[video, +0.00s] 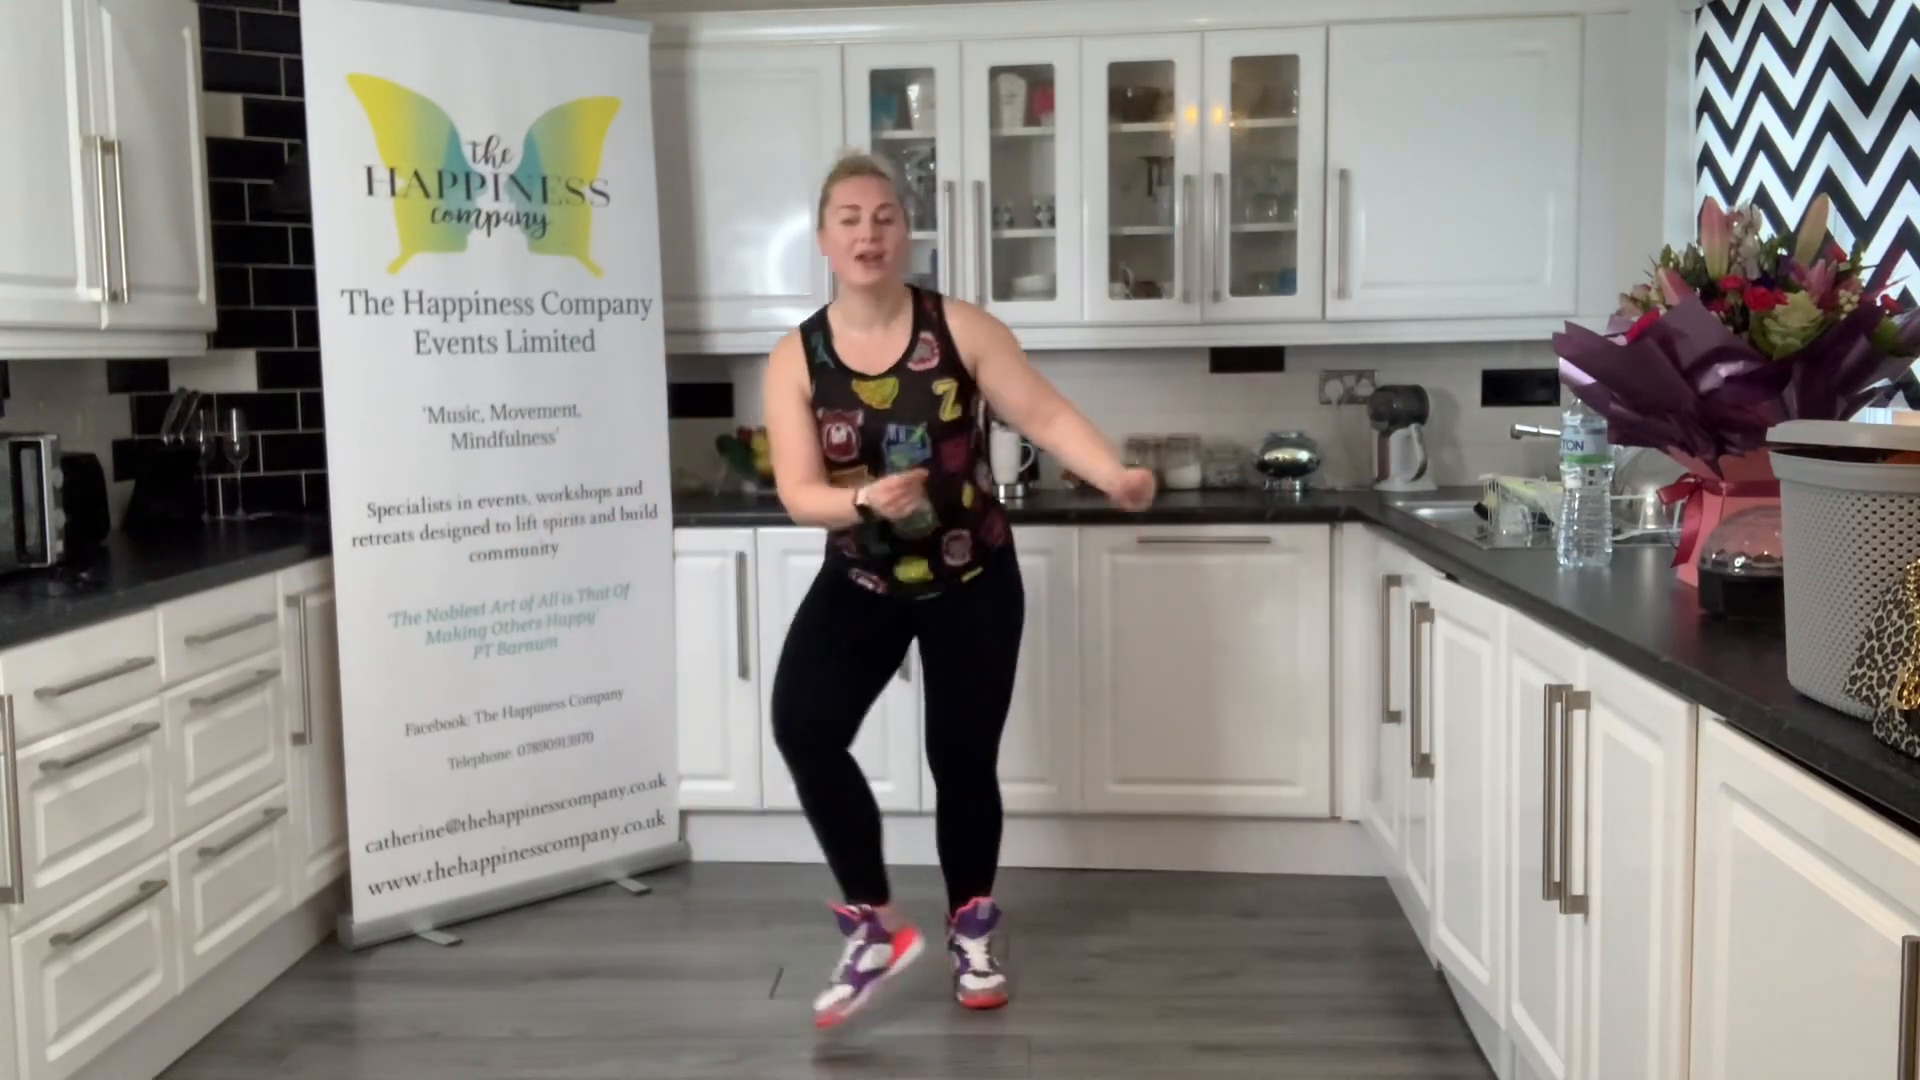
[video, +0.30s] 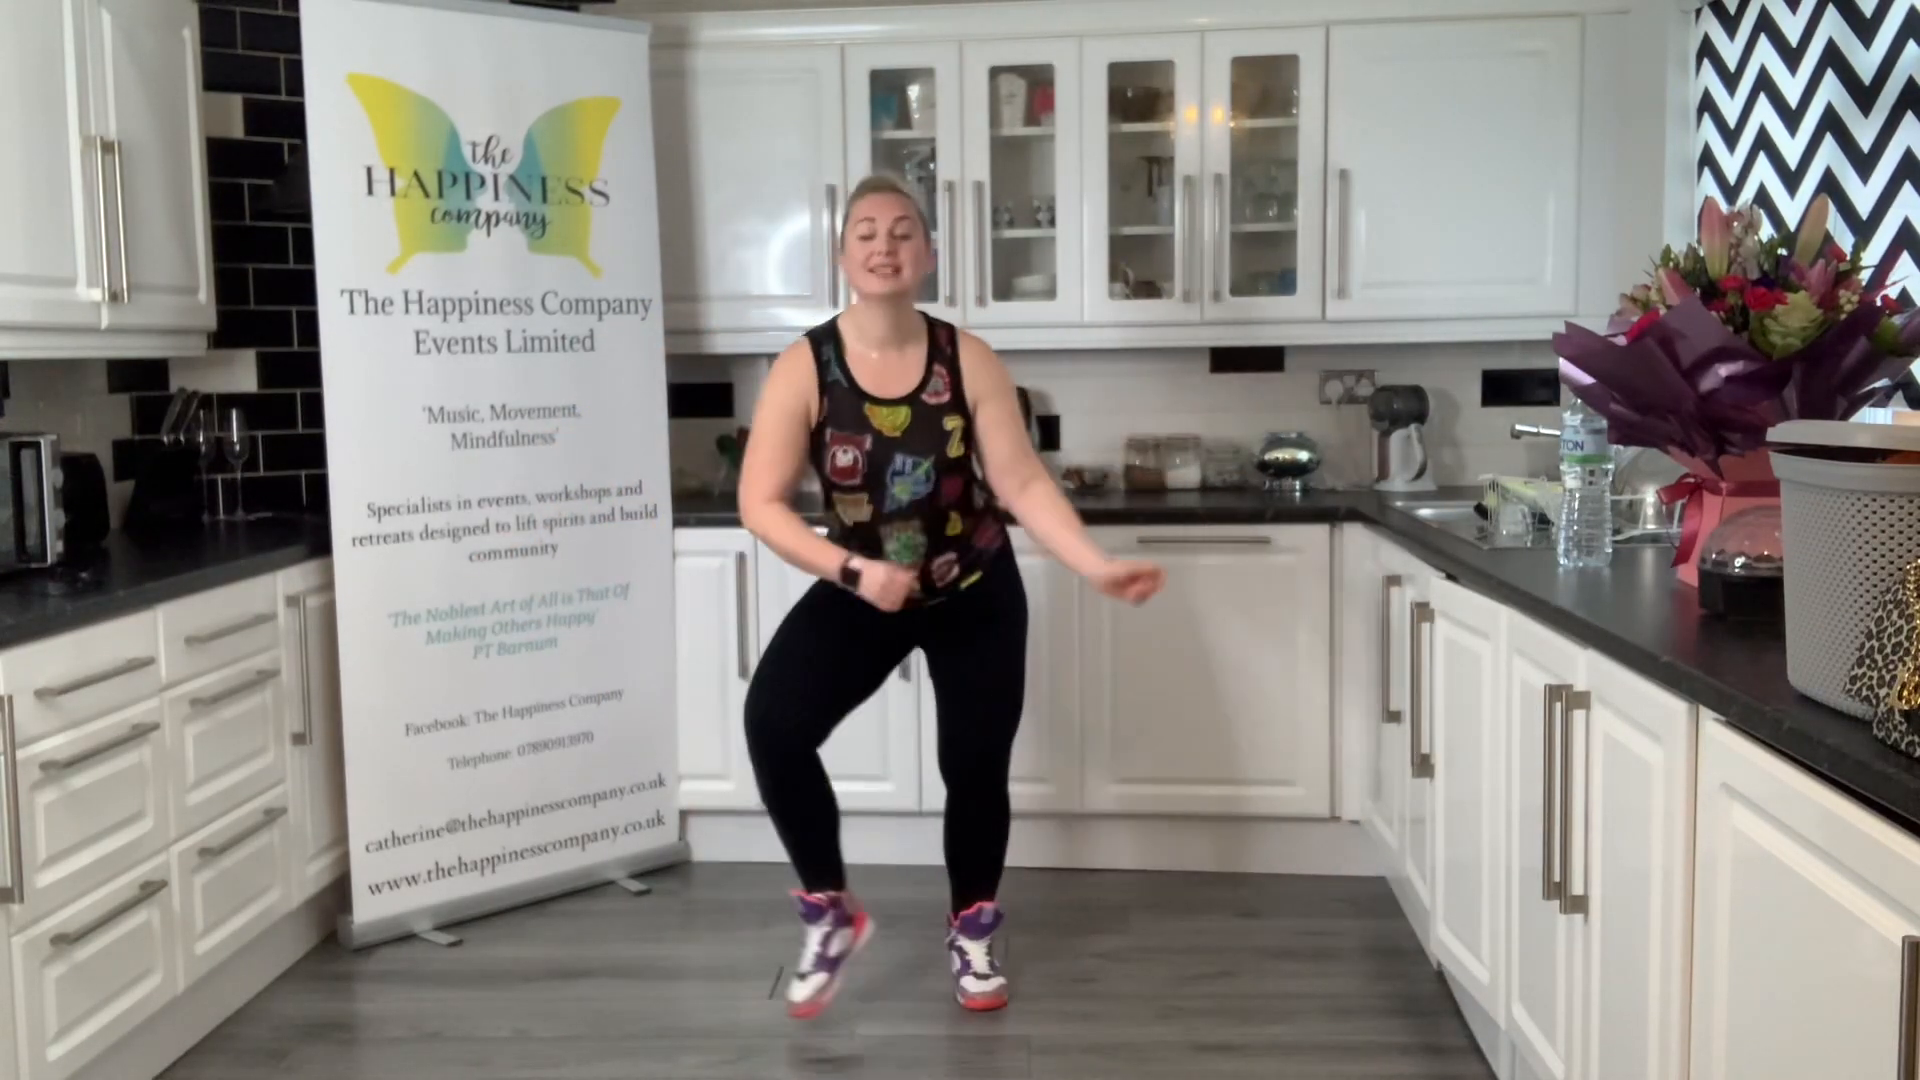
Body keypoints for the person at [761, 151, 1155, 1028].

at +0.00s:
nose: (868, 233)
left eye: (884, 217)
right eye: (849, 218)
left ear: (908, 232)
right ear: (821, 237)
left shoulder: (963, 328)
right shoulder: (795, 359)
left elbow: (1045, 414)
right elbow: (798, 496)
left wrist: (1113, 472)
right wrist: (862, 500)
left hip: (970, 577)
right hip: (862, 581)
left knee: (963, 756)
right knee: (803, 727)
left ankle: (973, 928)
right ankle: (873, 926)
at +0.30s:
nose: (885, 246)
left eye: (902, 232)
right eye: (867, 233)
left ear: (927, 252)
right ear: (844, 254)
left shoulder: (969, 361)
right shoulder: (805, 368)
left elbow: (1022, 480)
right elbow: (759, 502)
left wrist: (1096, 565)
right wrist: (850, 568)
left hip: (974, 589)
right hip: (862, 590)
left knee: (976, 765)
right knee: (774, 723)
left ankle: (973, 936)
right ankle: (829, 913)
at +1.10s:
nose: (792, 251)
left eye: (809, 236)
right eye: (774, 236)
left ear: (836, 256)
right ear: (749, 257)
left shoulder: (876, 367)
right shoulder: (706, 359)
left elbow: (872, 508)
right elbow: (627, 449)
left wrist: (786, 527)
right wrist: (540, 490)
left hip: (819, 590)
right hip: (708, 588)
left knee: (867, 746)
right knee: (720, 770)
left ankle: (812, 934)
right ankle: (733, 946)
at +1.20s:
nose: (792, 258)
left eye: (810, 242)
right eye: (774, 243)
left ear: (835, 261)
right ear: (749, 263)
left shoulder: (873, 371)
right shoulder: (708, 366)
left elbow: (881, 516)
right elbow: (625, 466)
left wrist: (791, 562)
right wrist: (536, 529)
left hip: (830, 584)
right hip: (715, 586)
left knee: (918, 720)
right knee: (719, 772)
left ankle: (876, 901)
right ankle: (735, 949)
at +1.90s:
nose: (876, 233)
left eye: (894, 215)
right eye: (858, 217)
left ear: (923, 228)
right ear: (837, 234)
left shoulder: (974, 325)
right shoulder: (803, 350)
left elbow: (1050, 414)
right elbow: (786, 484)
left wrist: (1124, 447)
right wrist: (843, 487)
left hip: (977, 593)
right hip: (869, 601)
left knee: (971, 770)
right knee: (879, 781)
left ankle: (978, 932)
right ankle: (920, 963)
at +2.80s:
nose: (811, 269)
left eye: (829, 252)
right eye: (794, 251)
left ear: (854, 260)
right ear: (770, 256)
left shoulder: (891, 365)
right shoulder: (723, 353)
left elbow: (905, 500)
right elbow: (668, 470)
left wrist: (817, 563)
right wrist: (645, 559)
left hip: (836, 603)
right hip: (724, 602)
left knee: (843, 779)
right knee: (738, 775)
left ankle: (807, 900)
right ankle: (755, 933)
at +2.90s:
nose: (804, 279)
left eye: (821, 261)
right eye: (786, 262)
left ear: (846, 266)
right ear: (760, 266)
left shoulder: (886, 365)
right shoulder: (721, 358)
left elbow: (931, 484)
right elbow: (639, 475)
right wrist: (675, 451)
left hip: (834, 593)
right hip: (721, 595)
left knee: (880, 761)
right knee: (728, 774)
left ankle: (837, 886)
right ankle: (753, 933)